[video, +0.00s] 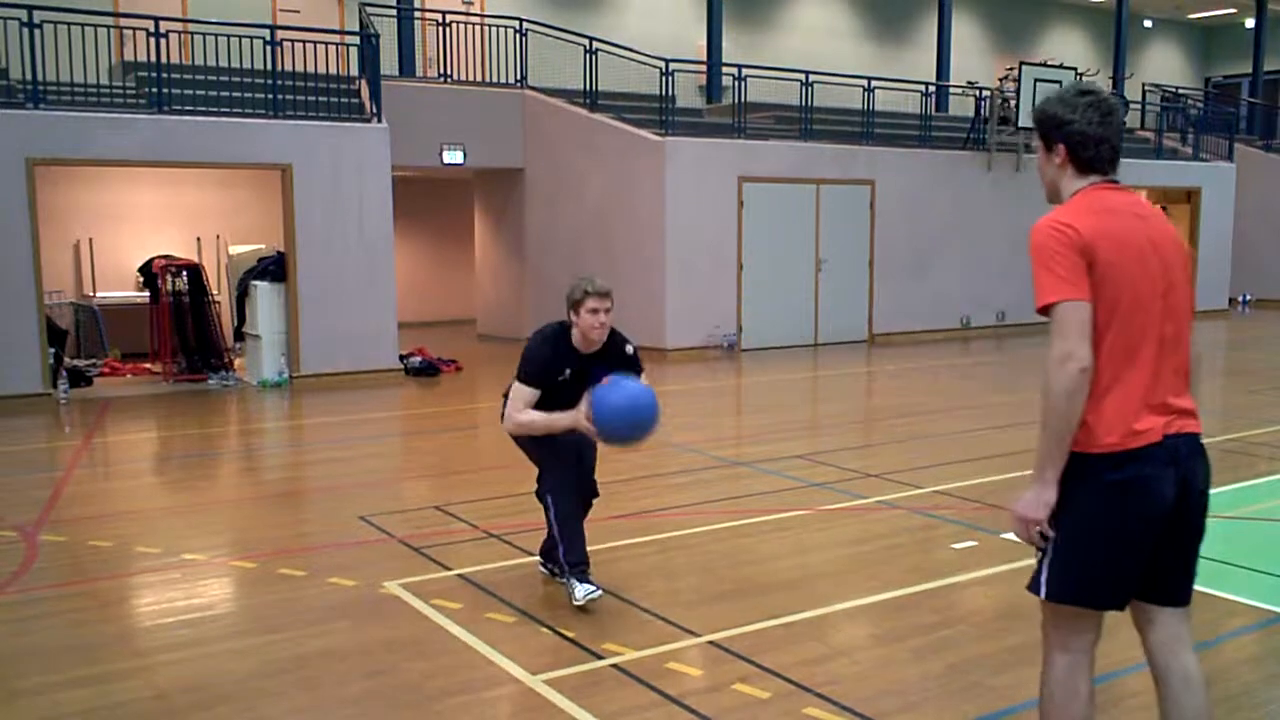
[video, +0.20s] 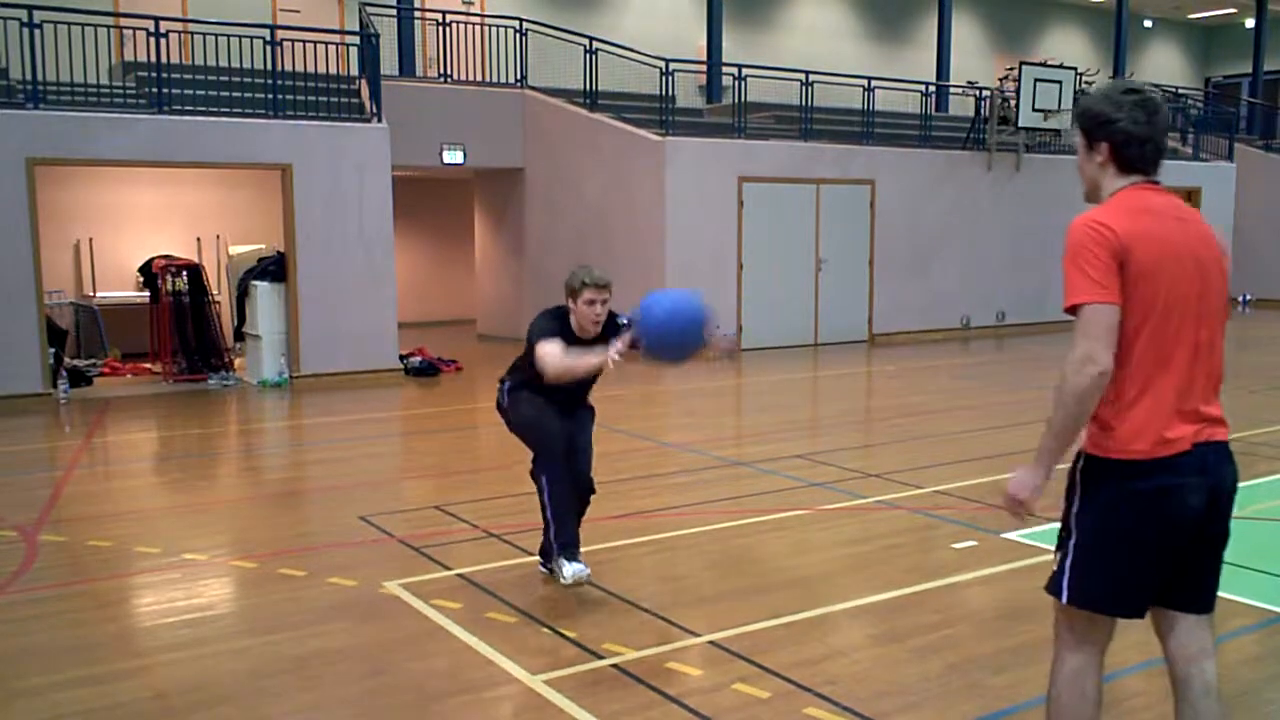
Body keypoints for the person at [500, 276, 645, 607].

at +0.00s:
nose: (602, 320)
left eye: (607, 312)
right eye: (593, 312)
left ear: (612, 313)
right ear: (573, 315)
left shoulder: (620, 349)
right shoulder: (545, 346)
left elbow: (633, 393)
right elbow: (513, 420)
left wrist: (626, 409)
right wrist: (572, 419)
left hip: (578, 420)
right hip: (531, 416)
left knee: (584, 490)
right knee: (561, 474)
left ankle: (553, 555)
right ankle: (577, 575)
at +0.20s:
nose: (598, 310)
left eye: (604, 302)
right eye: (590, 303)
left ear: (610, 302)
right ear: (571, 304)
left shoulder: (612, 326)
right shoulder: (548, 324)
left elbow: (646, 339)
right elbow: (552, 369)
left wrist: (688, 333)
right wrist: (604, 358)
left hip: (573, 403)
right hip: (526, 396)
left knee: (580, 483)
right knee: (553, 450)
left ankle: (552, 553)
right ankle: (567, 555)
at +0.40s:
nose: (599, 319)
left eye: (605, 311)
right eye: (592, 311)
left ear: (611, 310)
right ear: (573, 305)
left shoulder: (612, 333)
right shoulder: (547, 318)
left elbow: (658, 367)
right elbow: (523, 357)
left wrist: (695, 386)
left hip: (569, 401)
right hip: (520, 392)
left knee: (583, 466)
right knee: (547, 440)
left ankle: (551, 557)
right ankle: (557, 545)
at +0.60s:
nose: (599, 375)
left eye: (605, 367)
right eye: (592, 367)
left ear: (611, 363)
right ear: (574, 360)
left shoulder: (612, 388)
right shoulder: (549, 370)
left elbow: (660, 433)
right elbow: (524, 380)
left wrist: (710, 469)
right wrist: (510, 385)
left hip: (564, 449)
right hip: (516, 442)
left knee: (585, 486)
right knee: (542, 475)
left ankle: (547, 569)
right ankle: (560, 578)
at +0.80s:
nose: (581, 408)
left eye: (586, 401)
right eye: (574, 401)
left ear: (592, 401)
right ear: (555, 397)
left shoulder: (593, 428)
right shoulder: (532, 423)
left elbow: (640, 457)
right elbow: (528, 408)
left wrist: (671, 451)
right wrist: (562, 370)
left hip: (553, 514)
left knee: (586, 473)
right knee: (540, 498)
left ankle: (547, 571)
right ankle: (574, 598)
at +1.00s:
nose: (531, 419)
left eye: (536, 411)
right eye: (523, 412)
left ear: (542, 412)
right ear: (507, 415)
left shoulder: (557, 446)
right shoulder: (490, 452)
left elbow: (618, 454)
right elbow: (506, 469)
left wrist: (621, 410)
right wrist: (541, 414)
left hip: (559, 543)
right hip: (516, 550)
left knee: (594, 468)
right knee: (532, 498)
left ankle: (554, 569)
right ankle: (585, 559)